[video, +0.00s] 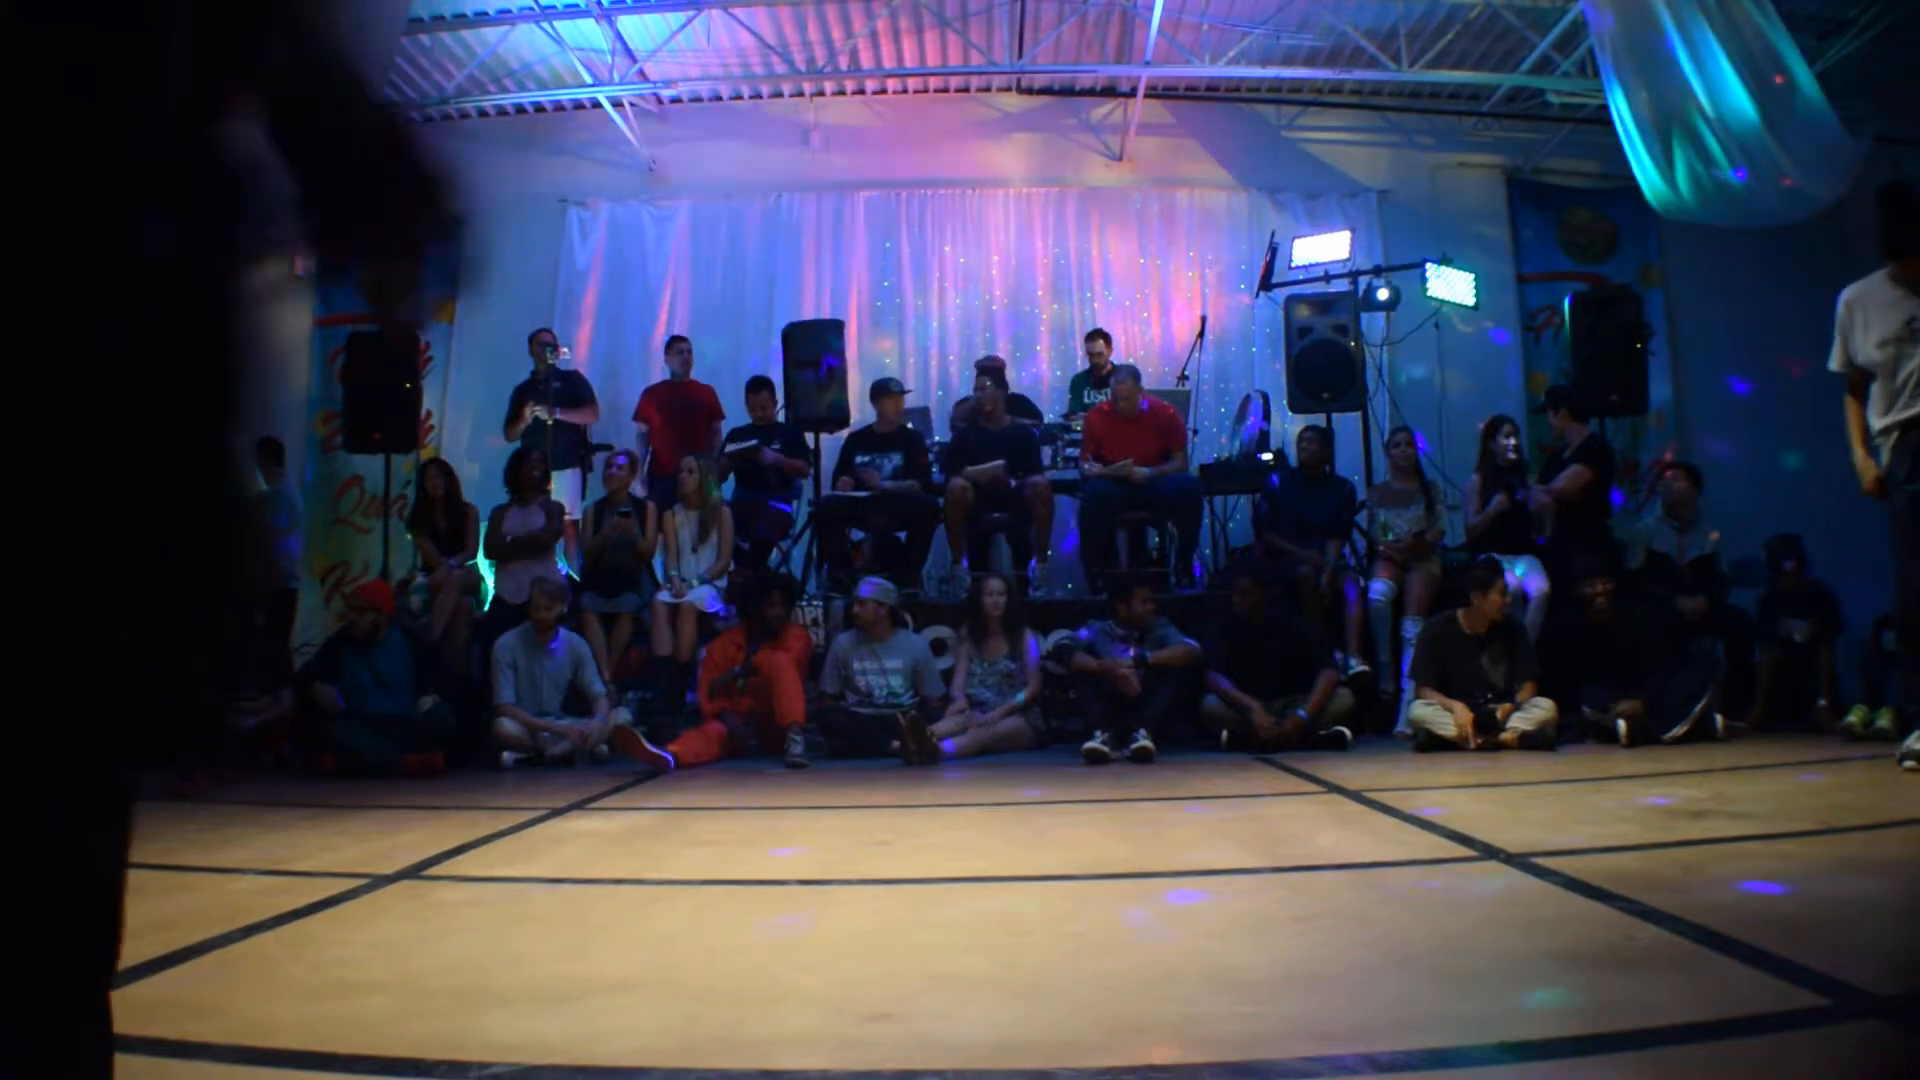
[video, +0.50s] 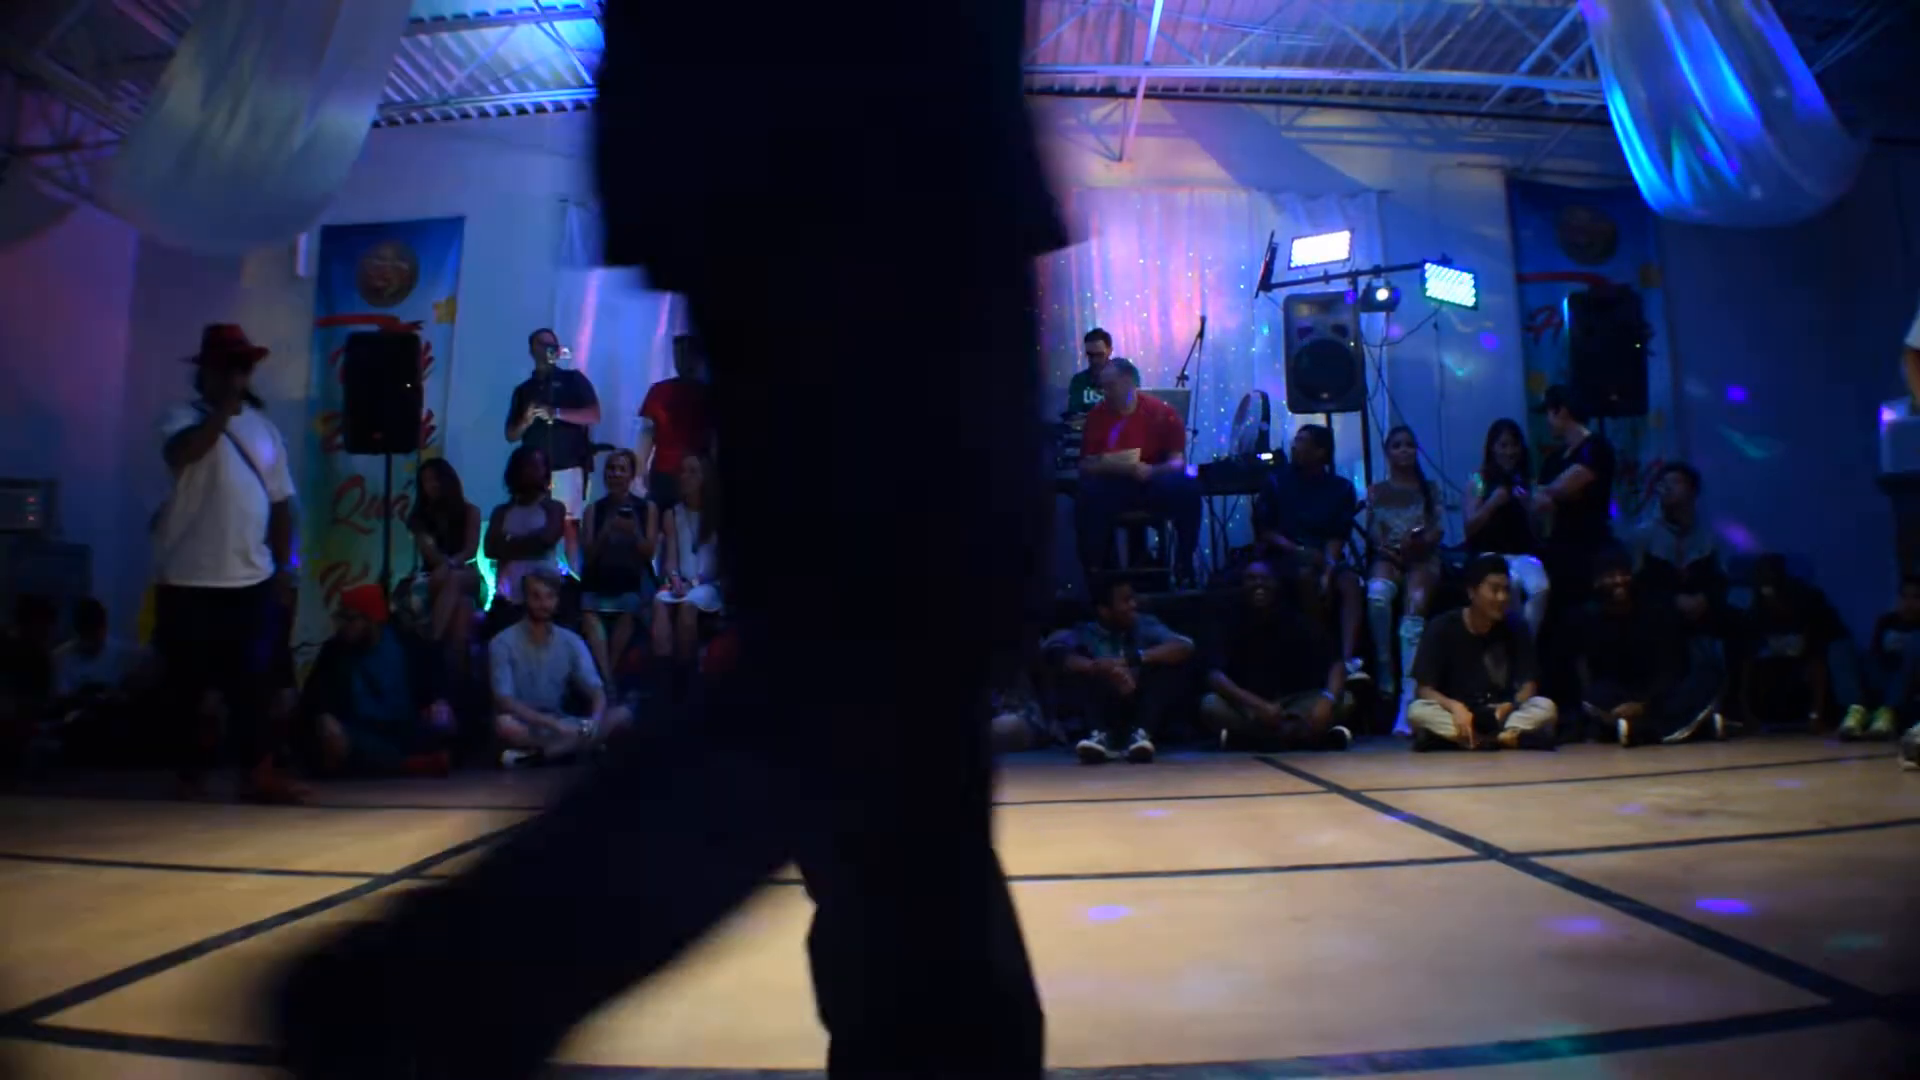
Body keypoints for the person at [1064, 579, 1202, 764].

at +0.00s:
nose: (1151, 608)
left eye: (1150, 602)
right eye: (1143, 602)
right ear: (1121, 608)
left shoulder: (1158, 628)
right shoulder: (1099, 631)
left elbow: (1191, 650)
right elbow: (1063, 650)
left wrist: (1141, 661)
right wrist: (1109, 670)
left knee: (1173, 668)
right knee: (1085, 672)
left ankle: (1143, 733)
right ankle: (1101, 735)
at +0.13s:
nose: (1145, 607)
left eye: (1145, 601)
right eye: (1137, 602)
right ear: (1116, 609)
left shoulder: (1153, 627)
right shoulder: (1093, 631)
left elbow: (1191, 650)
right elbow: (1060, 651)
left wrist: (1140, 659)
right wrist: (1108, 668)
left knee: (1170, 667)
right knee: (1086, 672)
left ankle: (1143, 733)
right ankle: (1101, 735)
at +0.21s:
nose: (1142, 607)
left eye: (1141, 601)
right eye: (1134, 602)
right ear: (1113, 609)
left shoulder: (1151, 627)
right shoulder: (1092, 631)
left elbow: (1189, 649)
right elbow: (1060, 652)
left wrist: (1139, 659)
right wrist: (1108, 668)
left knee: (1170, 666)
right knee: (1088, 671)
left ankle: (1143, 733)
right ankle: (1101, 734)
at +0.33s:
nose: (1137, 607)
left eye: (1136, 601)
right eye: (1129, 602)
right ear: (1110, 609)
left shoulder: (1148, 627)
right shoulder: (1089, 632)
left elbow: (1187, 648)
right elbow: (1058, 652)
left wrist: (1139, 660)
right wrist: (1107, 668)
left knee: (1167, 670)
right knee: (1087, 672)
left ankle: (1142, 733)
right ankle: (1099, 734)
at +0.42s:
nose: (1134, 606)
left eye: (1134, 600)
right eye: (1126, 601)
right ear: (1107, 609)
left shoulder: (1145, 626)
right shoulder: (1088, 632)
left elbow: (1185, 647)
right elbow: (1059, 654)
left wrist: (1137, 659)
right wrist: (1107, 669)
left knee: (1163, 669)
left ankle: (1143, 733)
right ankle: (1099, 733)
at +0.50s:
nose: (1133, 606)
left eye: (1132, 600)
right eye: (1125, 601)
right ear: (1105, 610)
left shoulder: (1143, 627)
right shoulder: (1086, 633)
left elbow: (1185, 647)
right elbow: (1053, 652)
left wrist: (1136, 659)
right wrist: (1105, 668)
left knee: (1160, 668)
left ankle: (1142, 734)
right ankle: (1099, 734)